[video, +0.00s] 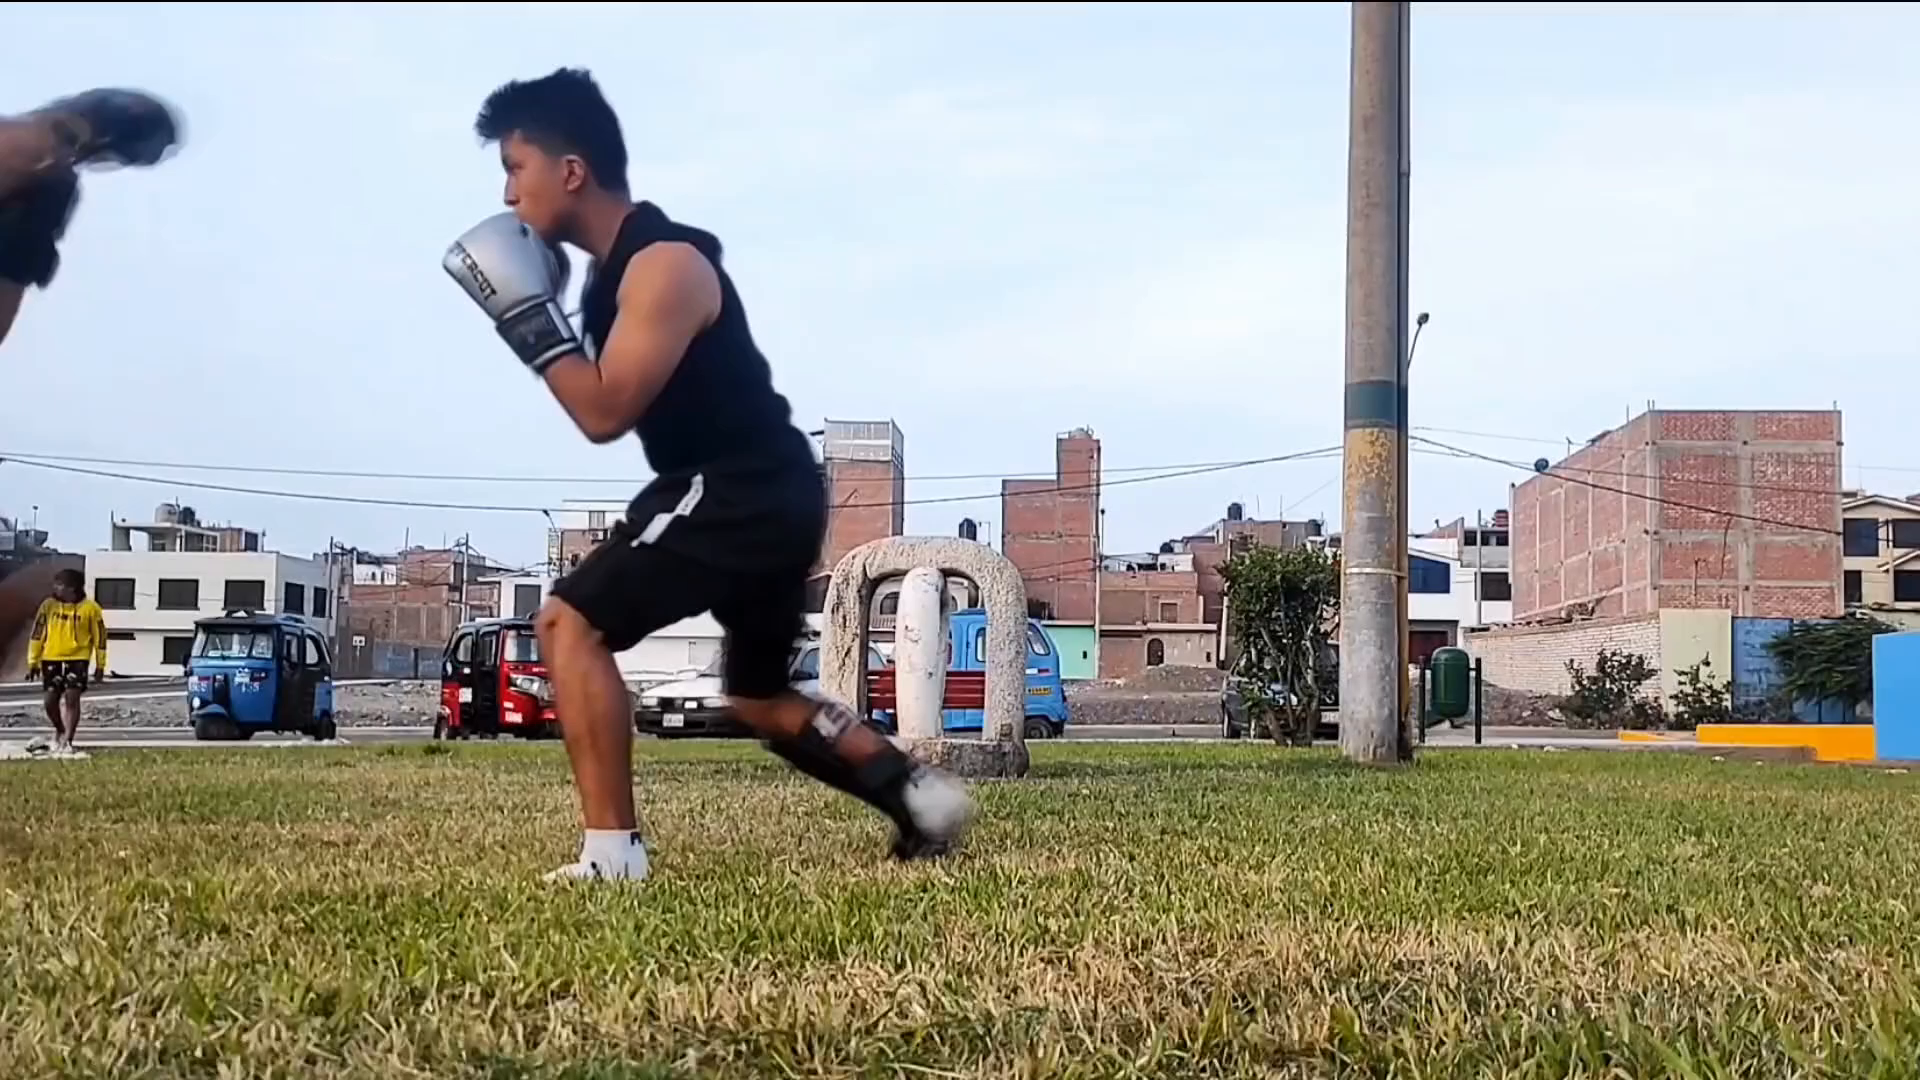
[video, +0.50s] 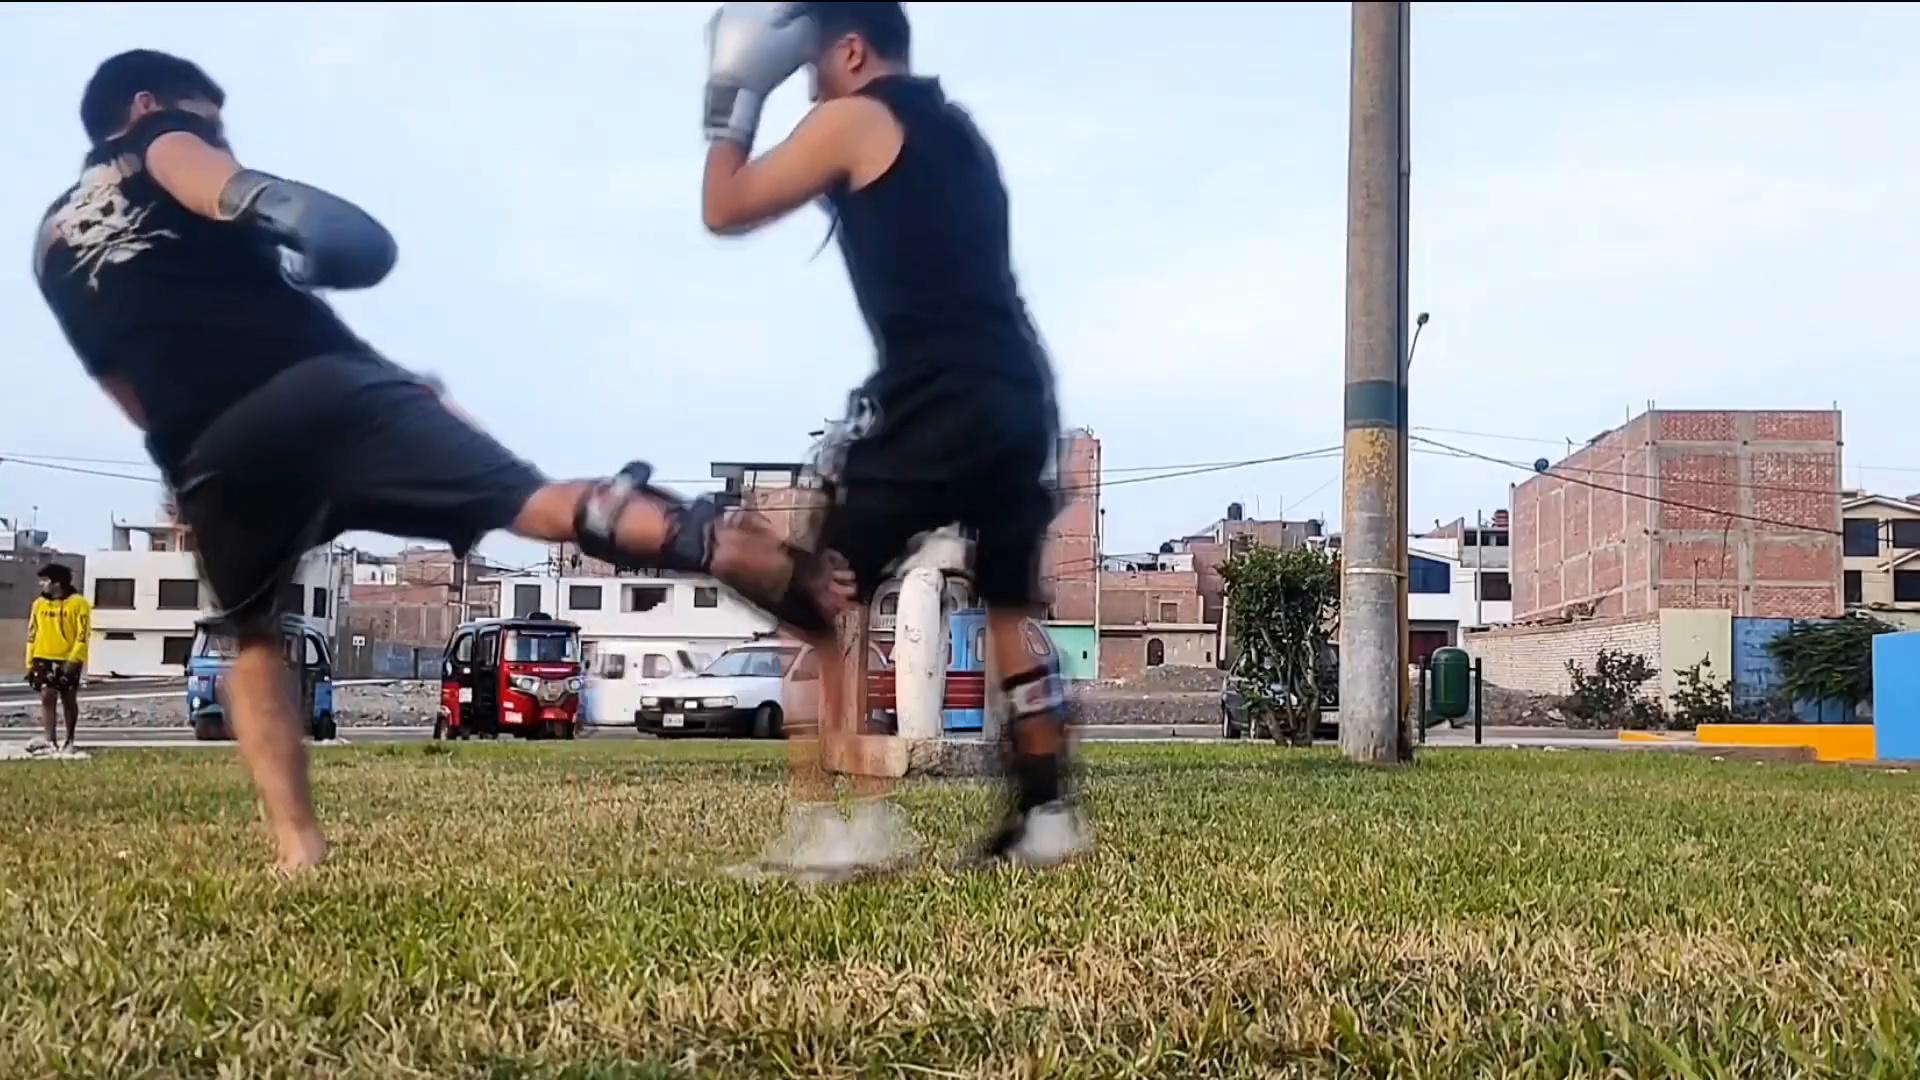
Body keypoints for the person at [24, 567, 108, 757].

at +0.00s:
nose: (55, 589)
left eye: (59, 586)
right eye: (55, 585)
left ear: (73, 588)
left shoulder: (91, 609)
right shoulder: (49, 605)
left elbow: (100, 639)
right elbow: (37, 634)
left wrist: (100, 666)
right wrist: (33, 661)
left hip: (77, 659)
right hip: (52, 659)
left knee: (71, 699)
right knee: (49, 702)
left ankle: (68, 740)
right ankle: (59, 730)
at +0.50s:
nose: (42, 584)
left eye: (46, 581)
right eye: (42, 581)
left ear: (58, 583)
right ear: (53, 583)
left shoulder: (78, 604)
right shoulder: (39, 604)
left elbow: (82, 636)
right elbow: (32, 635)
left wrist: (74, 661)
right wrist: (30, 663)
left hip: (68, 659)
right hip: (44, 658)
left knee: (68, 700)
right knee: (47, 698)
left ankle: (69, 739)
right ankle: (49, 739)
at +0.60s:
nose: (37, 582)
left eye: (41, 578)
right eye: (37, 578)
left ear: (54, 580)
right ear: (44, 580)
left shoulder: (76, 601)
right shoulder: (34, 602)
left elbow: (80, 634)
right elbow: (27, 634)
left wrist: (66, 657)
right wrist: (26, 661)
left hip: (66, 659)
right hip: (40, 658)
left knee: (65, 700)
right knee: (45, 700)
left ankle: (69, 737)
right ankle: (49, 739)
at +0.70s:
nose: (34, 580)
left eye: (38, 576)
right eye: (34, 576)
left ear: (51, 578)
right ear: (43, 578)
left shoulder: (73, 598)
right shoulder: (31, 601)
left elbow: (79, 631)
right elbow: (23, 632)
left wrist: (65, 652)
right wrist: (22, 660)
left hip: (62, 656)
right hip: (37, 656)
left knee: (59, 696)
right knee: (44, 698)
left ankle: (68, 734)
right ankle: (49, 739)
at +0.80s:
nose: (31, 579)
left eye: (35, 575)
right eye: (31, 575)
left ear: (49, 577)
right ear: (38, 578)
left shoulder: (70, 598)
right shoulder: (27, 600)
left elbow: (78, 630)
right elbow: (18, 630)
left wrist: (67, 652)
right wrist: (16, 659)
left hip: (58, 654)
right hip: (34, 654)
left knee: (53, 694)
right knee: (42, 698)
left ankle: (61, 736)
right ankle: (48, 739)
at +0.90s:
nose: (28, 579)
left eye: (32, 575)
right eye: (28, 575)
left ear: (46, 577)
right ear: (34, 578)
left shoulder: (67, 598)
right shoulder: (24, 599)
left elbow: (77, 629)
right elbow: (14, 628)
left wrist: (73, 654)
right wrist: (9, 655)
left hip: (55, 652)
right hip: (31, 653)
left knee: (47, 694)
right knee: (39, 697)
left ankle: (49, 739)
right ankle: (48, 738)